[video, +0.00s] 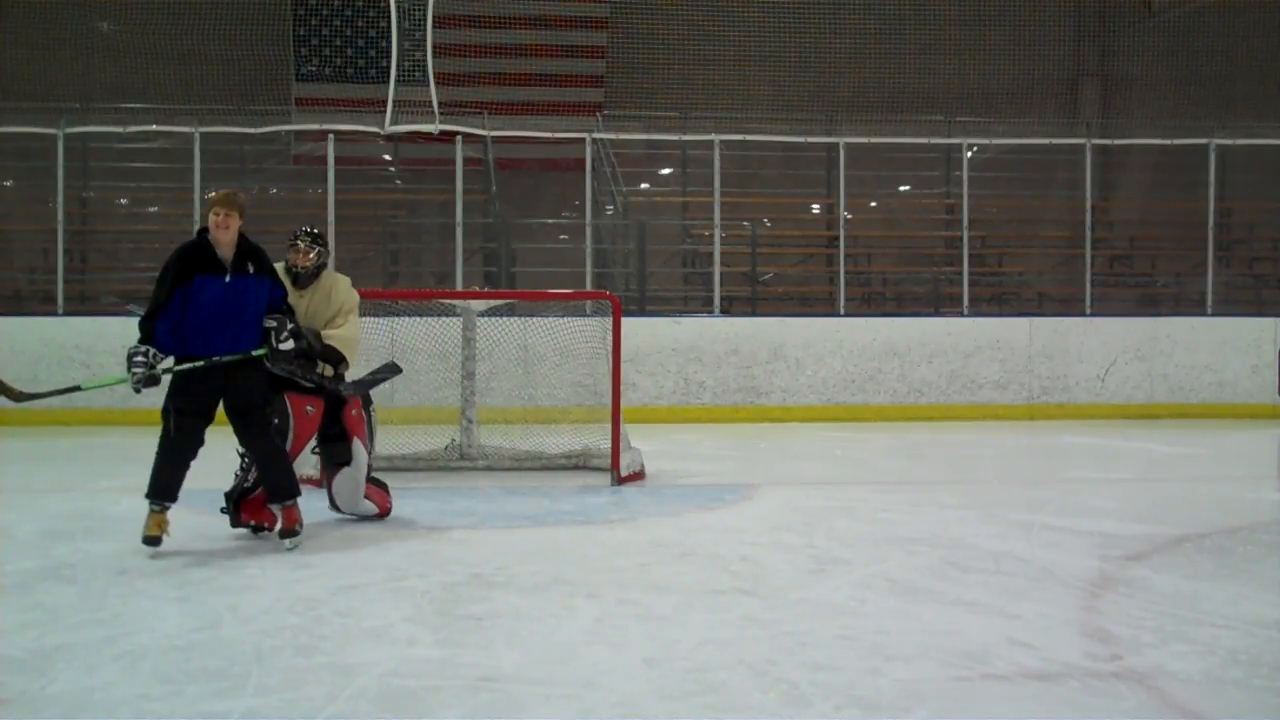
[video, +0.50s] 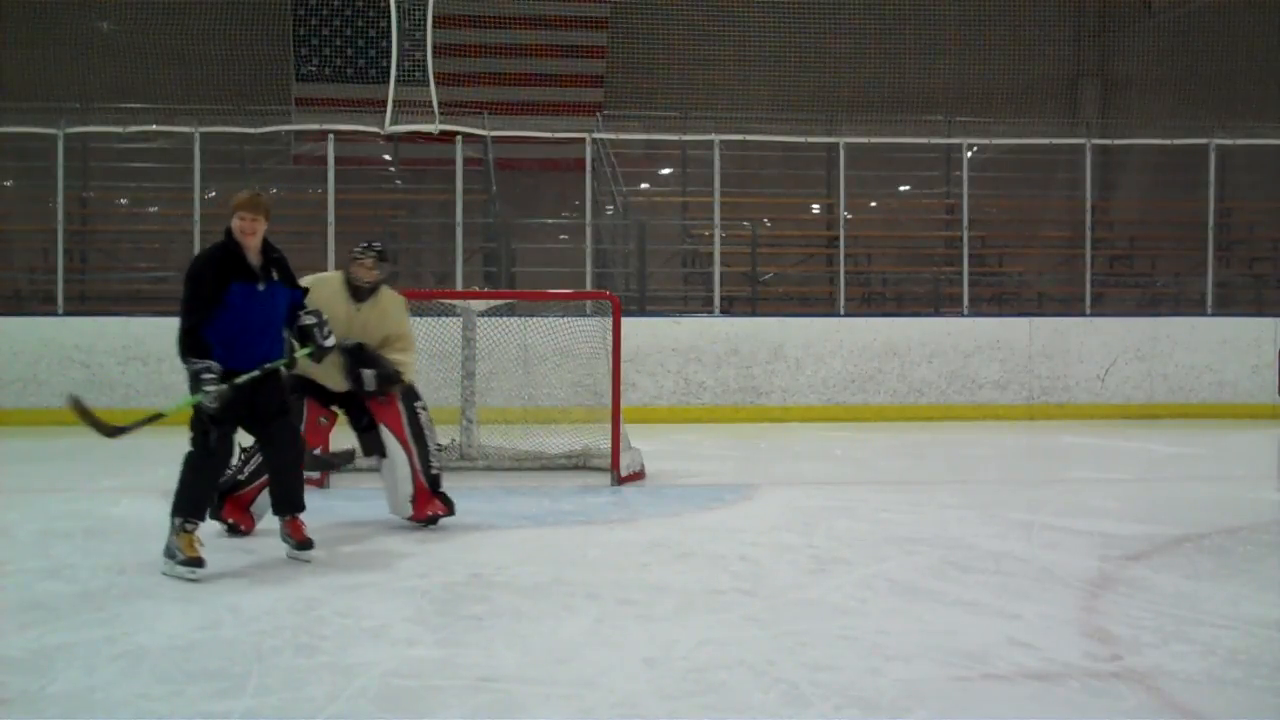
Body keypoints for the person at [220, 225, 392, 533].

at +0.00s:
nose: (300, 258)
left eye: (308, 253)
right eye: (295, 251)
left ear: (321, 256)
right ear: (288, 254)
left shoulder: (340, 288)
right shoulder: (273, 278)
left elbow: (347, 336)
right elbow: (257, 316)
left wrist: (313, 346)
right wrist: (274, 342)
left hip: (320, 371)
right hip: (275, 367)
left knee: (336, 414)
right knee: (266, 419)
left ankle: (343, 488)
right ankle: (250, 488)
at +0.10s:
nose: (303, 257)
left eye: (310, 252)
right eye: (297, 250)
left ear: (321, 256)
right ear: (288, 252)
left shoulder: (339, 287)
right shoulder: (269, 277)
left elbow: (345, 335)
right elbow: (254, 318)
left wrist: (314, 354)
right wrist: (270, 349)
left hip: (322, 370)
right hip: (276, 367)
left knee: (344, 411)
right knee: (264, 416)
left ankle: (346, 483)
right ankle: (251, 482)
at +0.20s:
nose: (308, 260)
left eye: (315, 254)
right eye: (302, 253)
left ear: (328, 258)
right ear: (294, 254)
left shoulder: (345, 288)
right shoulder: (272, 277)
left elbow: (347, 341)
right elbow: (254, 320)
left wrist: (312, 352)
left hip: (326, 371)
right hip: (278, 367)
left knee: (353, 416)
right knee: (271, 420)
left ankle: (352, 492)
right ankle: (244, 493)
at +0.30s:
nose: (320, 265)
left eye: (328, 260)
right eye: (314, 258)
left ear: (339, 264)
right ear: (305, 259)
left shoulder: (356, 295)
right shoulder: (281, 282)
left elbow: (358, 350)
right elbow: (257, 324)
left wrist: (323, 354)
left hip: (334, 383)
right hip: (283, 377)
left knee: (371, 393)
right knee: (284, 411)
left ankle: (383, 493)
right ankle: (242, 496)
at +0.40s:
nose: (339, 270)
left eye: (347, 265)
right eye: (333, 262)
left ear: (357, 270)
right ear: (323, 264)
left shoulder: (372, 301)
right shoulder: (296, 287)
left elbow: (380, 348)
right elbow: (264, 321)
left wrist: (361, 371)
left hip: (348, 389)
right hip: (297, 382)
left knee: (387, 397)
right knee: (288, 428)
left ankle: (404, 495)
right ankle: (235, 499)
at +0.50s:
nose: (364, 272)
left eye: (372, 267)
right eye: (359, 265)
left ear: (383, 273)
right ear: (348, 265)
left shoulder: (393, 306)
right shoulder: (316, 289)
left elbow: (404, 356)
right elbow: (275, 316)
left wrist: (385, 374)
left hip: (364, 388)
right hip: (313, 381)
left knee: (407, 405)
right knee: (293, 438)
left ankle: (424, 497)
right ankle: (236, 500)